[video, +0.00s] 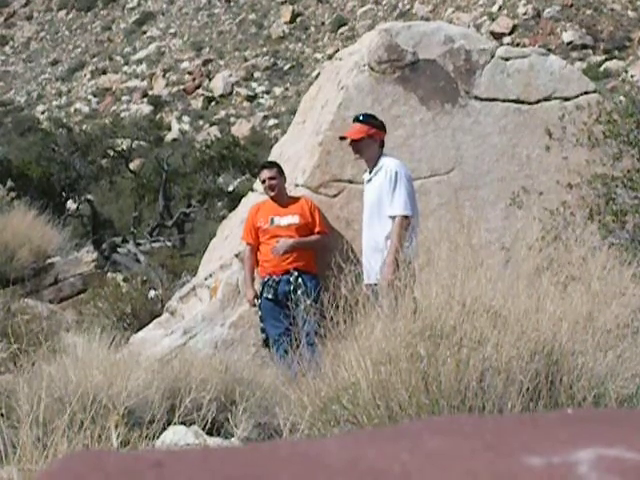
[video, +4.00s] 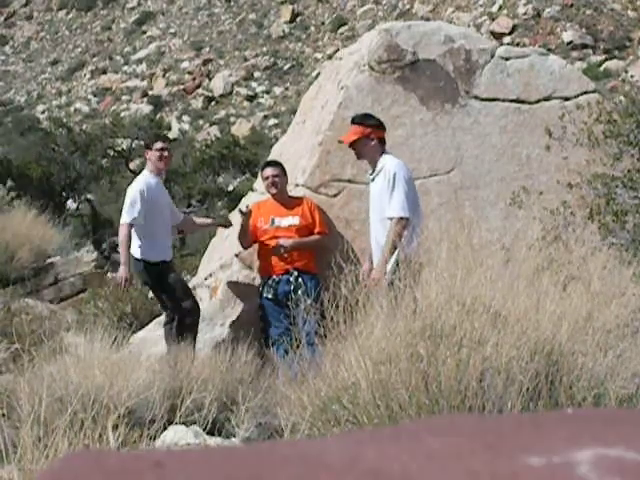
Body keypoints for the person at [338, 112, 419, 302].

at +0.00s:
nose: (352, 147)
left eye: (357, 140)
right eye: (351, 141)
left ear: (376, 138)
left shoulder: (394, 169)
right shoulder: (369, 177)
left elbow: (402, 218)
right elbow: (372, 227)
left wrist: (391, 264)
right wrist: (368, 275)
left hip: (390, 274)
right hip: (373, 275)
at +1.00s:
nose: (352, 146)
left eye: (357, 140)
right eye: (350, 141)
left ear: (375, 139)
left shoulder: (393, 169)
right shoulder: (368, 177)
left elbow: (402, 219)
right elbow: (371, 229)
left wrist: (391, 264)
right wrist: (368, 276)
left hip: (391, 272)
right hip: (373, 275)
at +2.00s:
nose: (349, 147)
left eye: (353, 142)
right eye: (349, 142)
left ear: (368, 141)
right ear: (366, 142)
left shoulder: (393, 171)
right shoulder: (371, 176)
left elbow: (399, 222)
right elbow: (375, 226)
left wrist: (386, 270)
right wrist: (370, 274)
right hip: (373, 277)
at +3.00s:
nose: (350, 147)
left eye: (354, 142)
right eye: (350, 142)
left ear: (368, 141)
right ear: (367, 142)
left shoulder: (393, 171)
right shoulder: (375, 175)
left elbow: (398, 224)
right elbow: (379, 226)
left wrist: (386, 273)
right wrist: (374, 273)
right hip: (376, 276)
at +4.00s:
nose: (352, 147)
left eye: (356, 142)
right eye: (352, 143)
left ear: (373, 140)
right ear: (371, 141)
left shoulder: (395, 169)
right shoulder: (376, 173)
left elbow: (400, 220)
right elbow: (380, 222)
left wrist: (382, 266)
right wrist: (371, 260)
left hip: (400, 265)